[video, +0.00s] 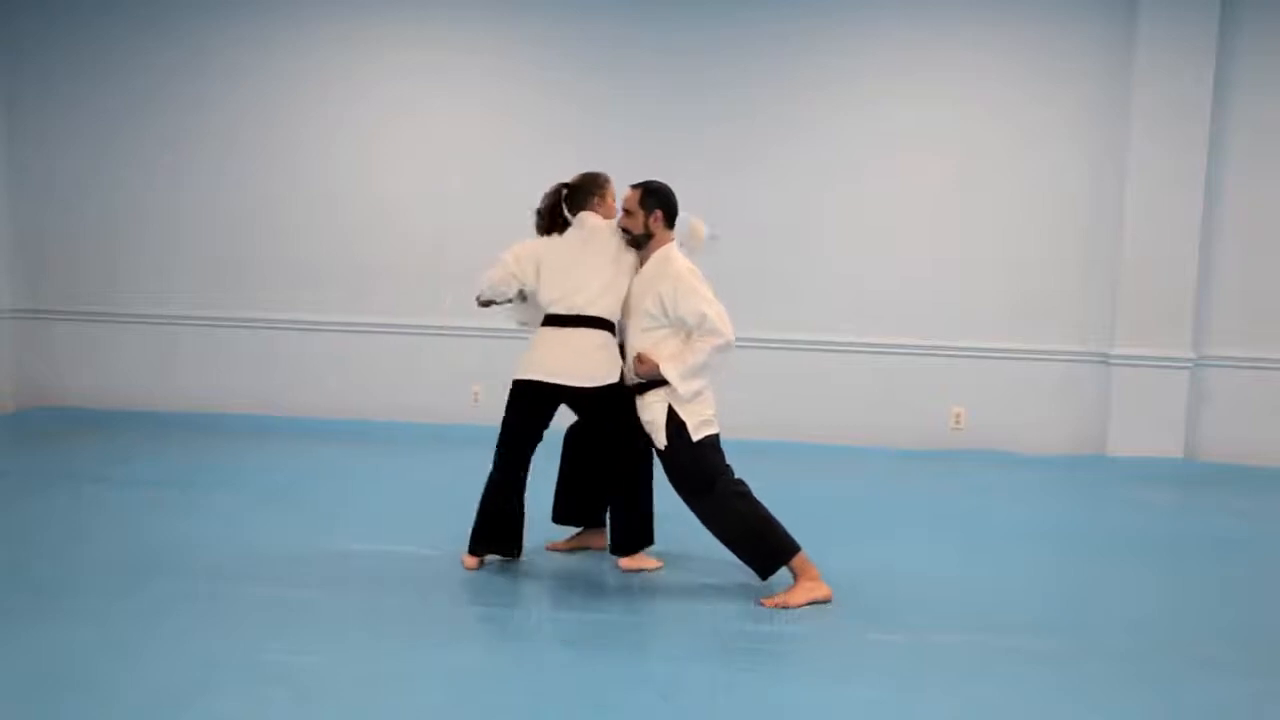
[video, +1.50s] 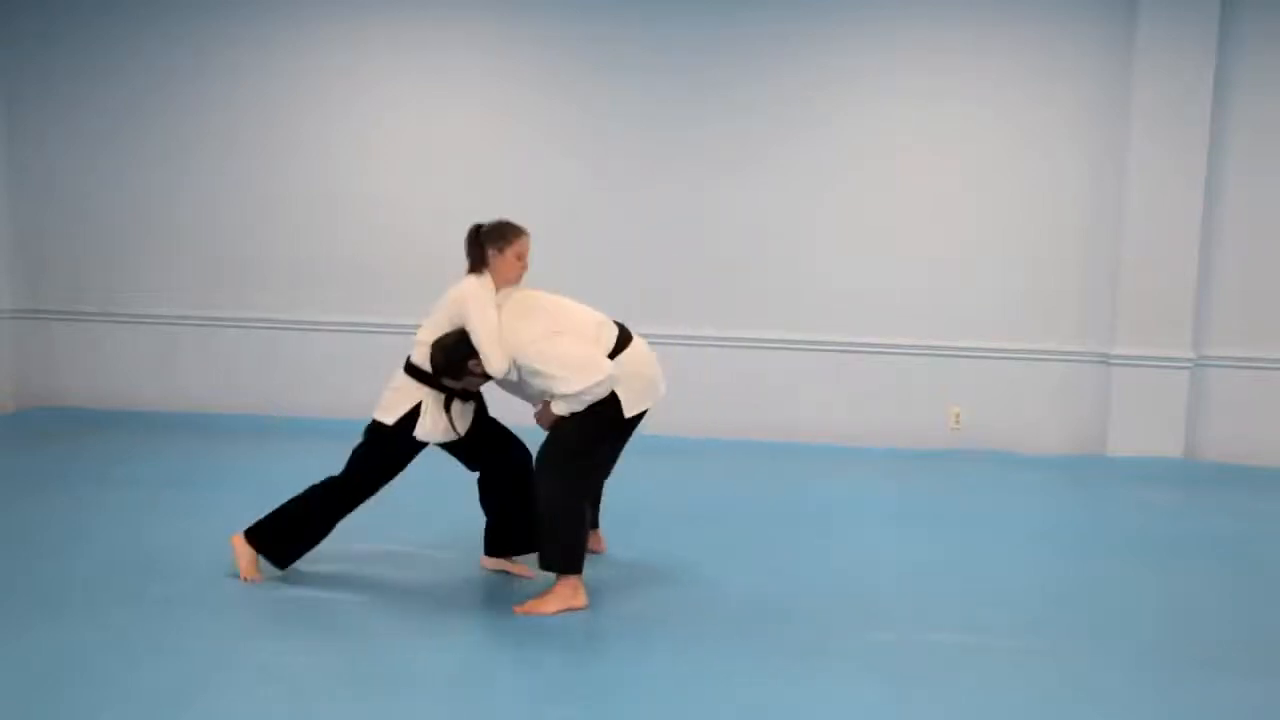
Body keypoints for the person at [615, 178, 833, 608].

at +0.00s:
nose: (620, 218)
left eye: (628, 212)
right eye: (622, 211)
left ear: (655, 219)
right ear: (654, 218)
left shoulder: (675, 270)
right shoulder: (641, 264)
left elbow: (717, 332)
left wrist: (665, 366)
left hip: (674, 401)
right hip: (638, 396)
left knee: (718, 491)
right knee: (584, 438)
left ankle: (808, 578)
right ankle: (594, 530)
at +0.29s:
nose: (622, 226)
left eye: (629, 221)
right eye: (624, 219)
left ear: (654, 230)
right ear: (658, 230)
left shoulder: (673, 274)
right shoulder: (650, 265)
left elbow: (726, 345)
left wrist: (671, 370)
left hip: (681, 406)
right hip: (651, 399)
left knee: (720, 495)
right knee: (589, 440)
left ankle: (808, 579)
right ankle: (593, 529)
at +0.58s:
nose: (573, 268)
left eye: (577, 259)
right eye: (570, 259)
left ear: (604, 251)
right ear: (601, 250)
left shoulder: (654, 280)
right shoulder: (605, 282)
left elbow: (713, 334)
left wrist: (661, 367)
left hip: (684, 399)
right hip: (641, 395)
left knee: (719, 490)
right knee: (595, 447)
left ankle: (805, 576)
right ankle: (598, 533)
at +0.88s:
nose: (528, 315)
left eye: (530, 307)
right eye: (522, 310)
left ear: (548, 287)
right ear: (546, 285)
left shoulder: (605, 296)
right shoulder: (553, 313)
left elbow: (671, 344)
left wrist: (624, 372)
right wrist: (580, 373)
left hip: (657, 376)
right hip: (615, 380)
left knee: (609, 448)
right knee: (575, 440)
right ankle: (590, 537)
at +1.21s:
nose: (484, 402)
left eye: (480, 397)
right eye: (477, 398)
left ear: (488, 378)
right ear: (487, 369)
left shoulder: (532, 358)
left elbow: (600, 395)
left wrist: (557, 420)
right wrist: (551, 414)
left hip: (625, 408)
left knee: (545, 471)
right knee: (565, 455)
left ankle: (568, 586)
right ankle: (586, 532)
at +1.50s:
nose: (470, 390)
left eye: (465, 384)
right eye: (462, 386)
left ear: (474, 364)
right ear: (474, 358)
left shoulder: (520, 343)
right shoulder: (499, 316)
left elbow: (596, 380)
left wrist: (556, 409)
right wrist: (551, 399)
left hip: (622, 378)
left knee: (555, 465)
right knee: (581, 457)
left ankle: (569, 585)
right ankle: (588, 531)